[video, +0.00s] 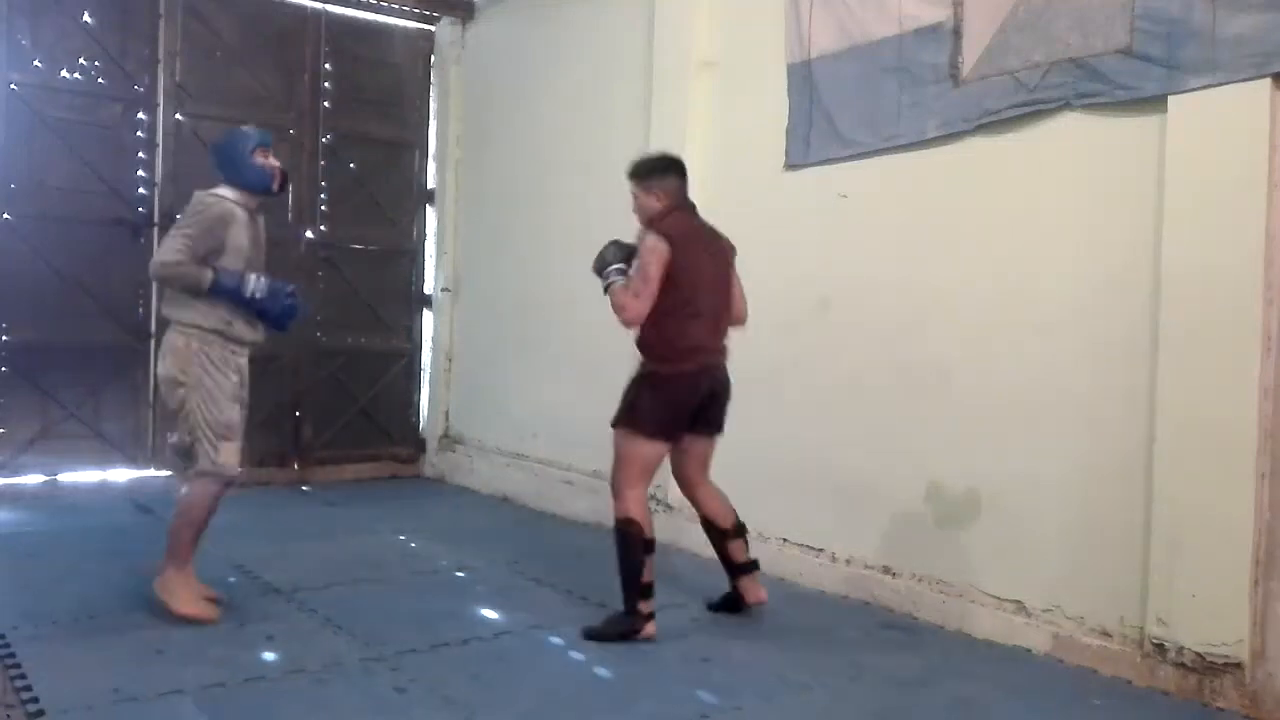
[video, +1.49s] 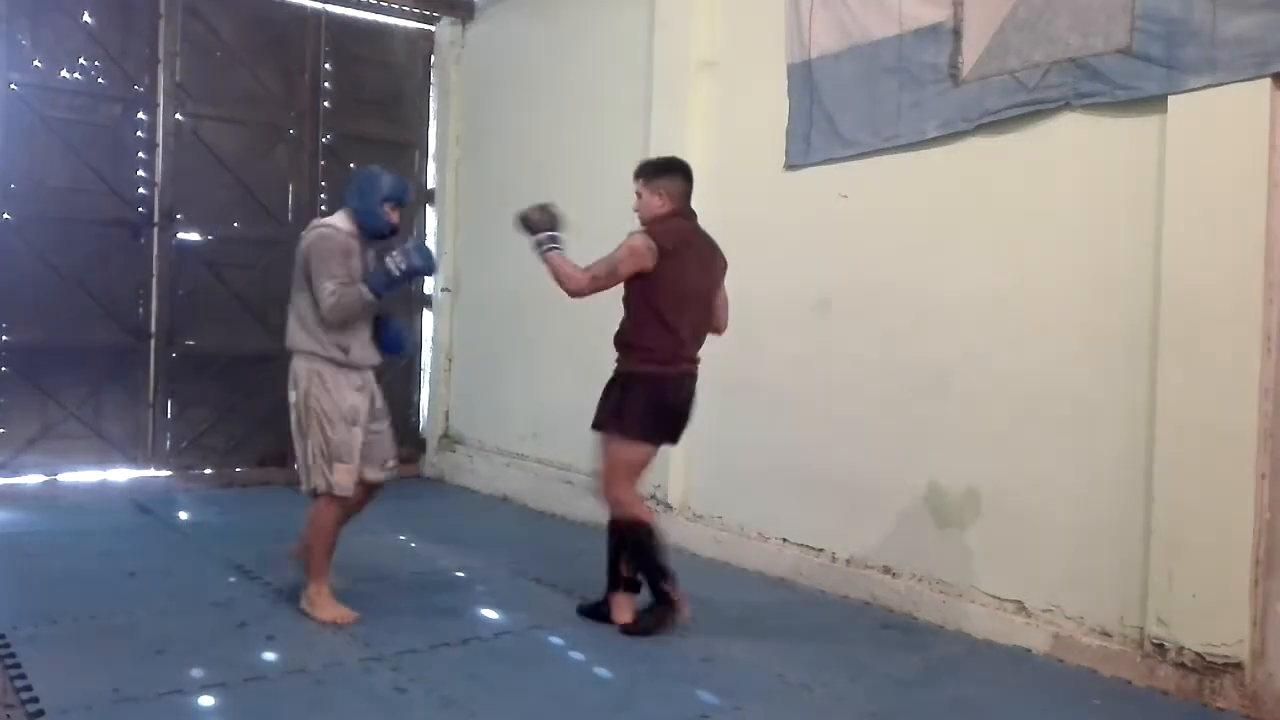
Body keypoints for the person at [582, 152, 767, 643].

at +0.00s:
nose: (634, 208)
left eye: (637, 199)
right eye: (633, 199)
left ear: (657, 195)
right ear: (678, 194)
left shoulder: (659, 239)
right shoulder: (715, 240)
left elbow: (632, 313)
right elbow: (737, 314)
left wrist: (613, 274)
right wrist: (678, 300)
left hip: (663, 381)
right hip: (711, 380)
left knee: (629, 487)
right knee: (694, 478)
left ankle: (638, 614)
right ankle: (748, 586)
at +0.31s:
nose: (664, 192)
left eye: (668, 182)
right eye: (663, 183)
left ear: (693, 177)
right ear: (701, 177)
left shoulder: (704, 214)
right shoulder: (729, 209)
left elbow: (664, 285)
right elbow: (687, 287)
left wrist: (649, 237)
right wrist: (665, 238)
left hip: (710, 352)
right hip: (744, 351)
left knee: (671, 454)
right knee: (724, 458)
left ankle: (699, 575)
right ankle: (760, 571)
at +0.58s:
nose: (677, 210)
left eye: (682, 200)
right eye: (676, 201)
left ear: (709, 196)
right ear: (710, 197)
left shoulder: (724, 240)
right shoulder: (736, 232)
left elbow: (731, 311)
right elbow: (731, 302)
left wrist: (679, 295)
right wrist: (685, 301)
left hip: (713, 368)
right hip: (743, 368)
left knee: (657, 457)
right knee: (733, 471)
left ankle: (694, 571)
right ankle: (769, 579)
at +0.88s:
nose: (672, 208)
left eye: (678, 199)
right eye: (671, 198)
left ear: (705, 199)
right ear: (708, 200)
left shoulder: (713, 244)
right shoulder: (726, 237)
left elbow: (741, 308)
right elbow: (721, 306)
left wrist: (678, 322)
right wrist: (671, 314)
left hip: (695, 377)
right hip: (726, 376)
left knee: (650, 473)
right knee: (736, 477)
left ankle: (662, 595)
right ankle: (770, 586)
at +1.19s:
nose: (643, 203)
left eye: (648, 193)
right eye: (643, 193)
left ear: (675, 194)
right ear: (682, 196)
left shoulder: (675, 240)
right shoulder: (709, 238)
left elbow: (652, 315)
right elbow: (693, 309)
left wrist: (620, 289)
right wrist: (639, 303)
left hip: (662, 380)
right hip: (698, 379)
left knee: (635, 483)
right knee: (697, 478)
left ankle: (661, 603)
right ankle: (754, 575)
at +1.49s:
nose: (635, 203)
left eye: (641, 195)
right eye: (636, 194)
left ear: (663, 196)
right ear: (678, 198)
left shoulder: (647, 243)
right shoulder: (709, 250)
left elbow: (577, 283)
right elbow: (718, 322)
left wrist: (545, 240)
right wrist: (668, 294)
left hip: (641, 381)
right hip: (676, 383)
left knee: (618, 488)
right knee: (622, 486)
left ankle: (668, 595)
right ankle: (619, 600)